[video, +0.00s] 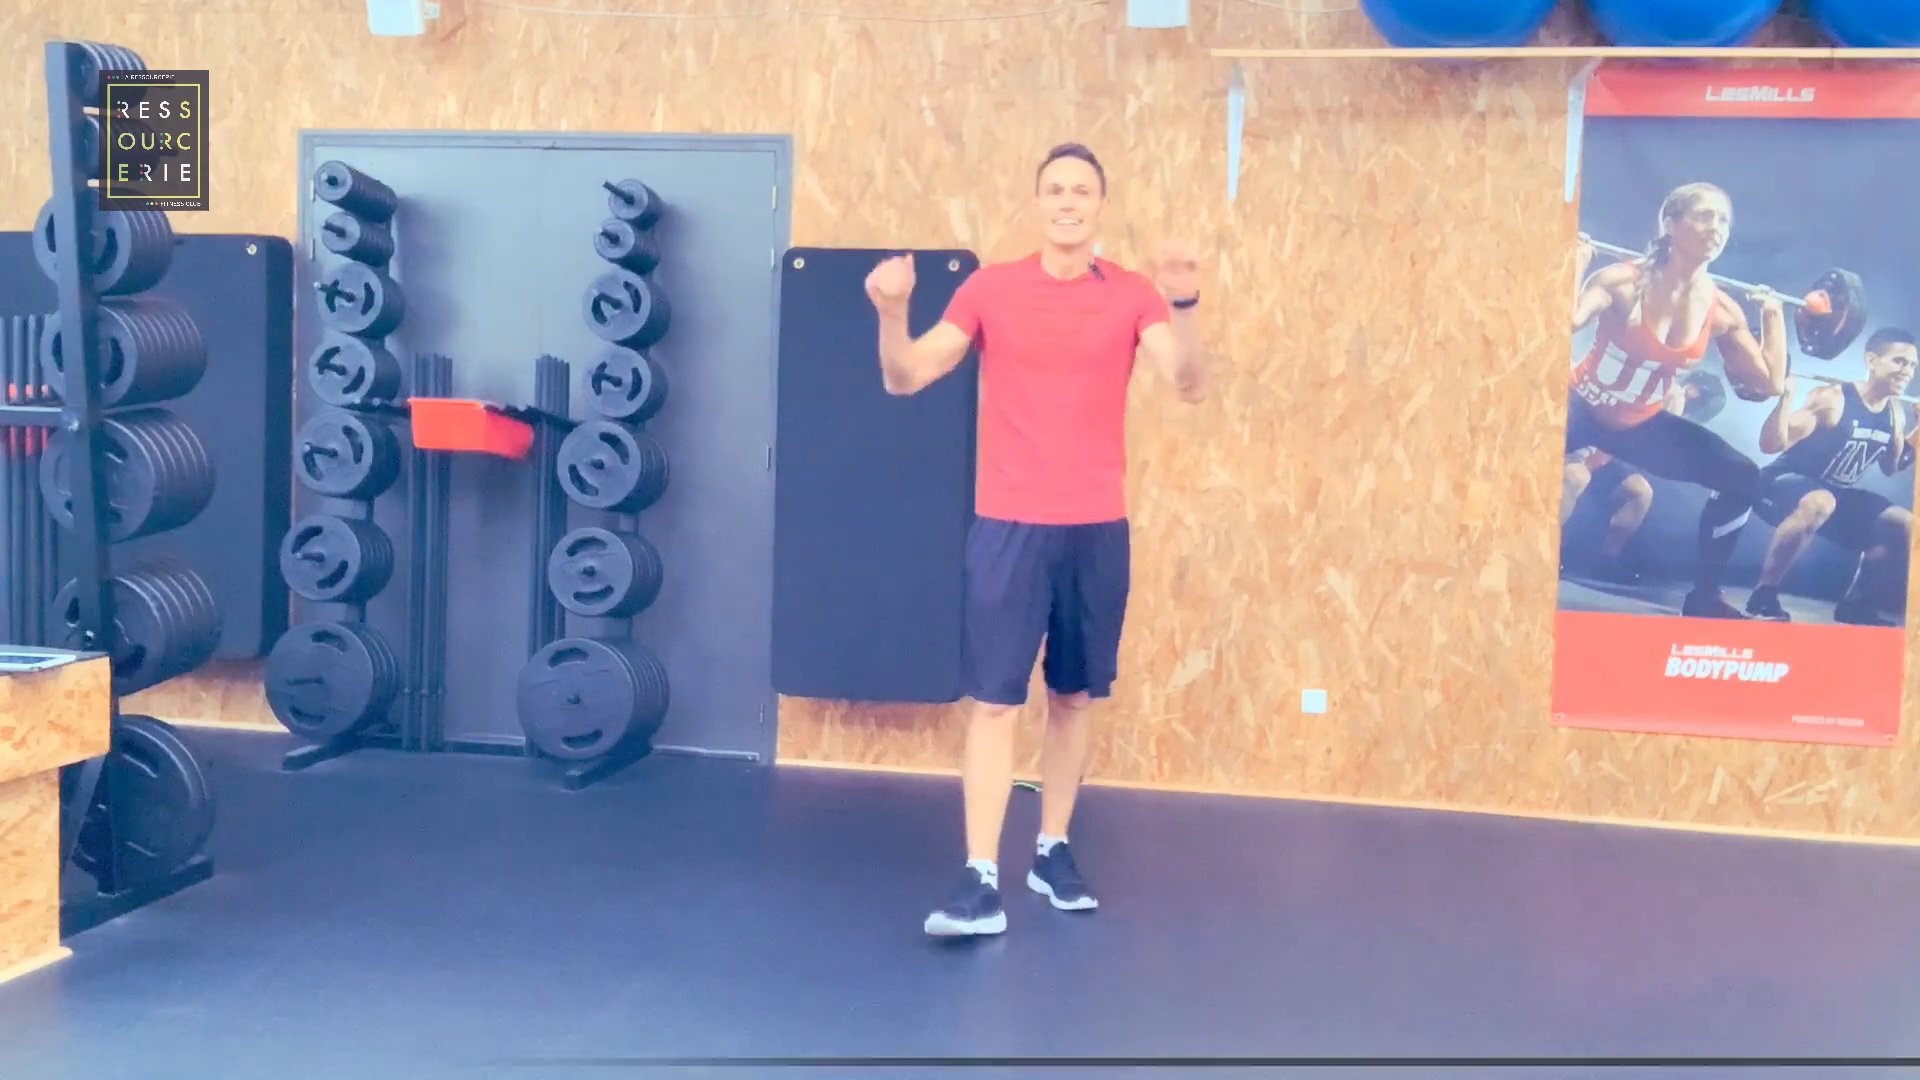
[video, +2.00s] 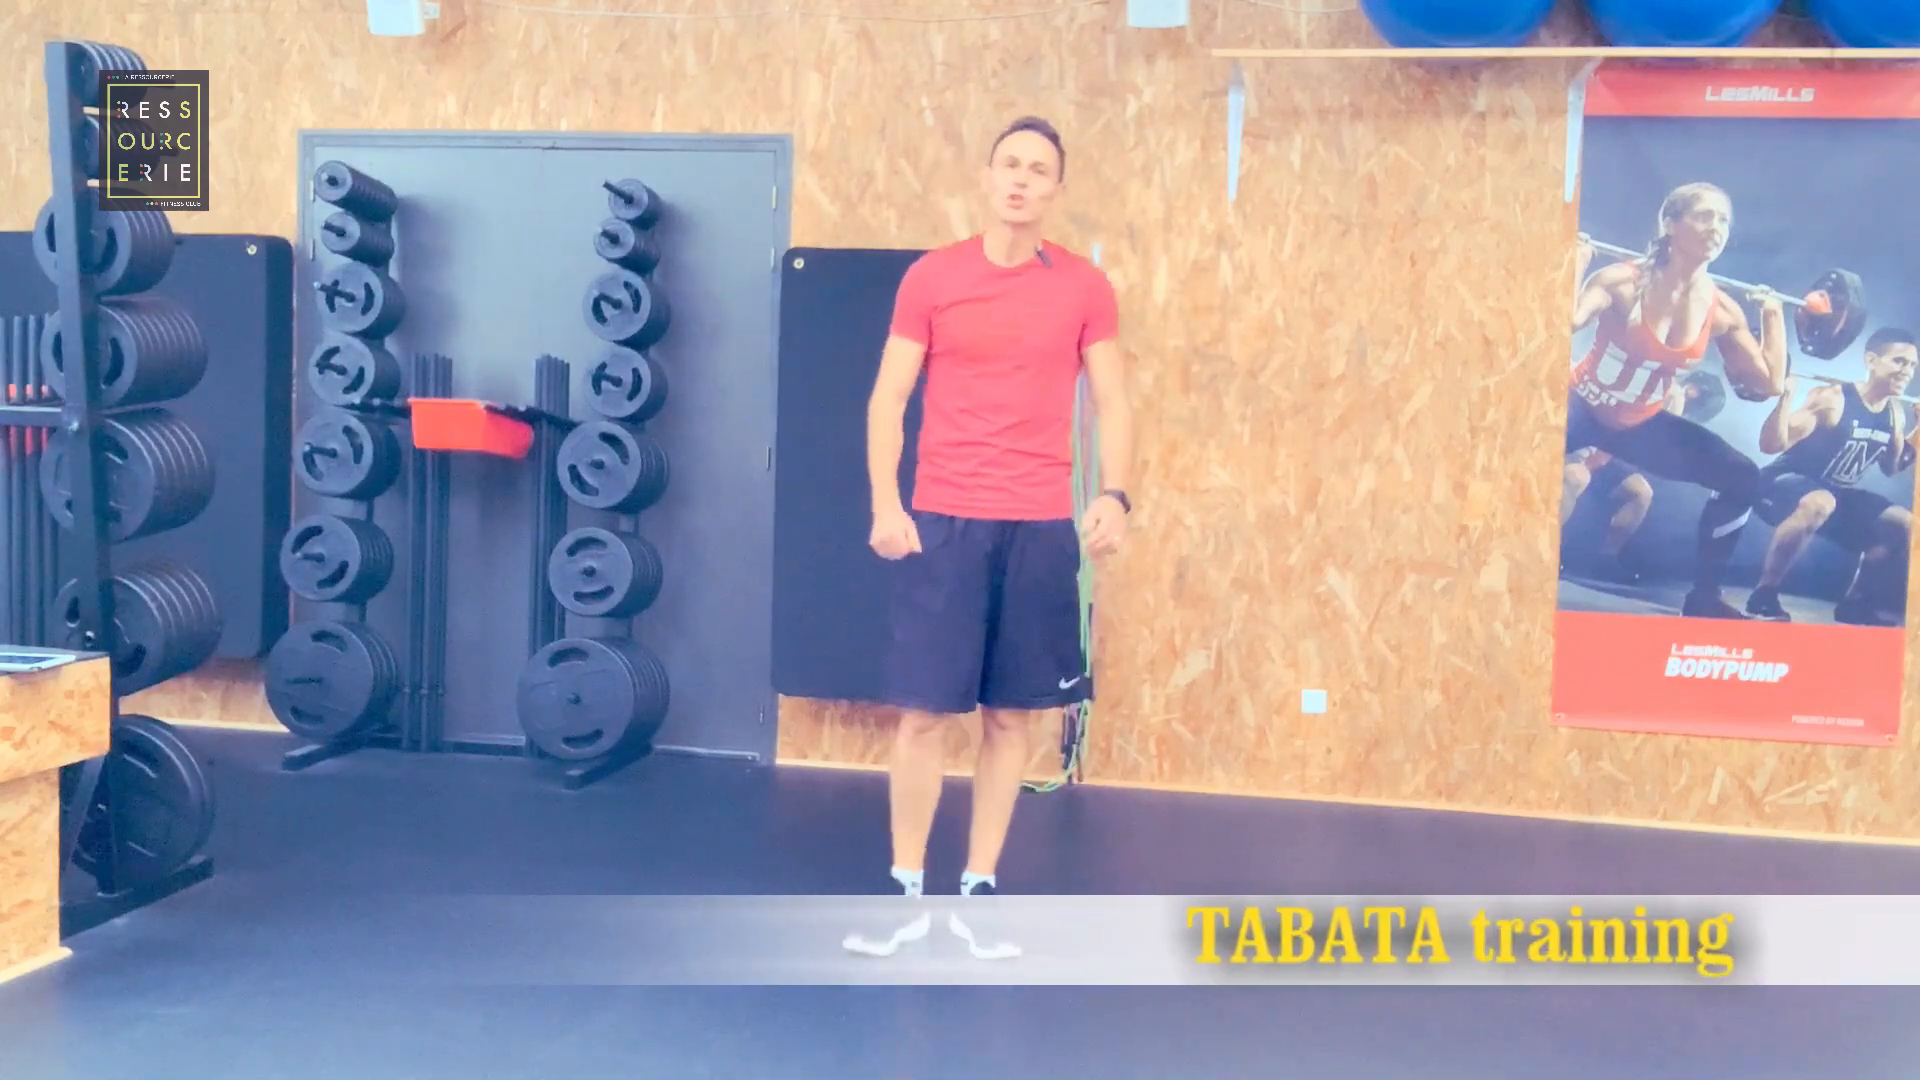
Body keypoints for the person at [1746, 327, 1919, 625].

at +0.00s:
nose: (1906, 371)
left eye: (1912, 365)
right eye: (1899, 361)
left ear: (1914, 372)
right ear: (1871, 361)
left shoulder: (1894, 413)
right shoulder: (1830, 398)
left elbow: (1891, 467)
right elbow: (1769, 444)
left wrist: (1912, 439)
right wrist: (1785, 395)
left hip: (1839, 494)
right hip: (1785, 481)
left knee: (1906, 525)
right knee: (1820, 503)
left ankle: (1855, 605)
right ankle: (1763, 596)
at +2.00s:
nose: (1906, 371)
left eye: (1911, 365)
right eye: (1899, 361)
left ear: (1914, 371)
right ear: (1871, 361)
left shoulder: (1894, 412)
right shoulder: (1830, 398)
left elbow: (1892, 467)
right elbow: (1769, 444)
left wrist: (1912, 443)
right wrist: (1785, 395)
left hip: (1839, 495)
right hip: (1786, 481)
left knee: (1906, 525)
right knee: (1820, 502)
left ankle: (1854, 604)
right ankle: (1764, 596)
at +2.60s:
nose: (1906, 371)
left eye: (1911, 365)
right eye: (1899, 361)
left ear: (1914, 371)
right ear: (1871, 361)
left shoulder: (1894, 412)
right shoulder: (1831, 398)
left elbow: (1892, 467)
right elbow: (1769, 444)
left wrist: (1912, 443)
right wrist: (1786, 395)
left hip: (1839, 495)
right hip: (1786, 481)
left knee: (1906, 525)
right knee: (1821, 502)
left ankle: (1854, 604)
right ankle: (1764, 595)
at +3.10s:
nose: (1906, 371)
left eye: (1911, 365)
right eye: (1899, 361)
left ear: (1914, 371)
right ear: (1871, 361)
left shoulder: (1894, 412)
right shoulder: (1830, 398)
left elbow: (1892, 467)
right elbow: (1769, 444)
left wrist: (1912, 443)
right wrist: (1786, 395)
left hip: (1839, 495)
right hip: (1785, 481)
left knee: (1906, 525)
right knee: (1821, 502)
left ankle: (1855, 604)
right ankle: (1764, 595)